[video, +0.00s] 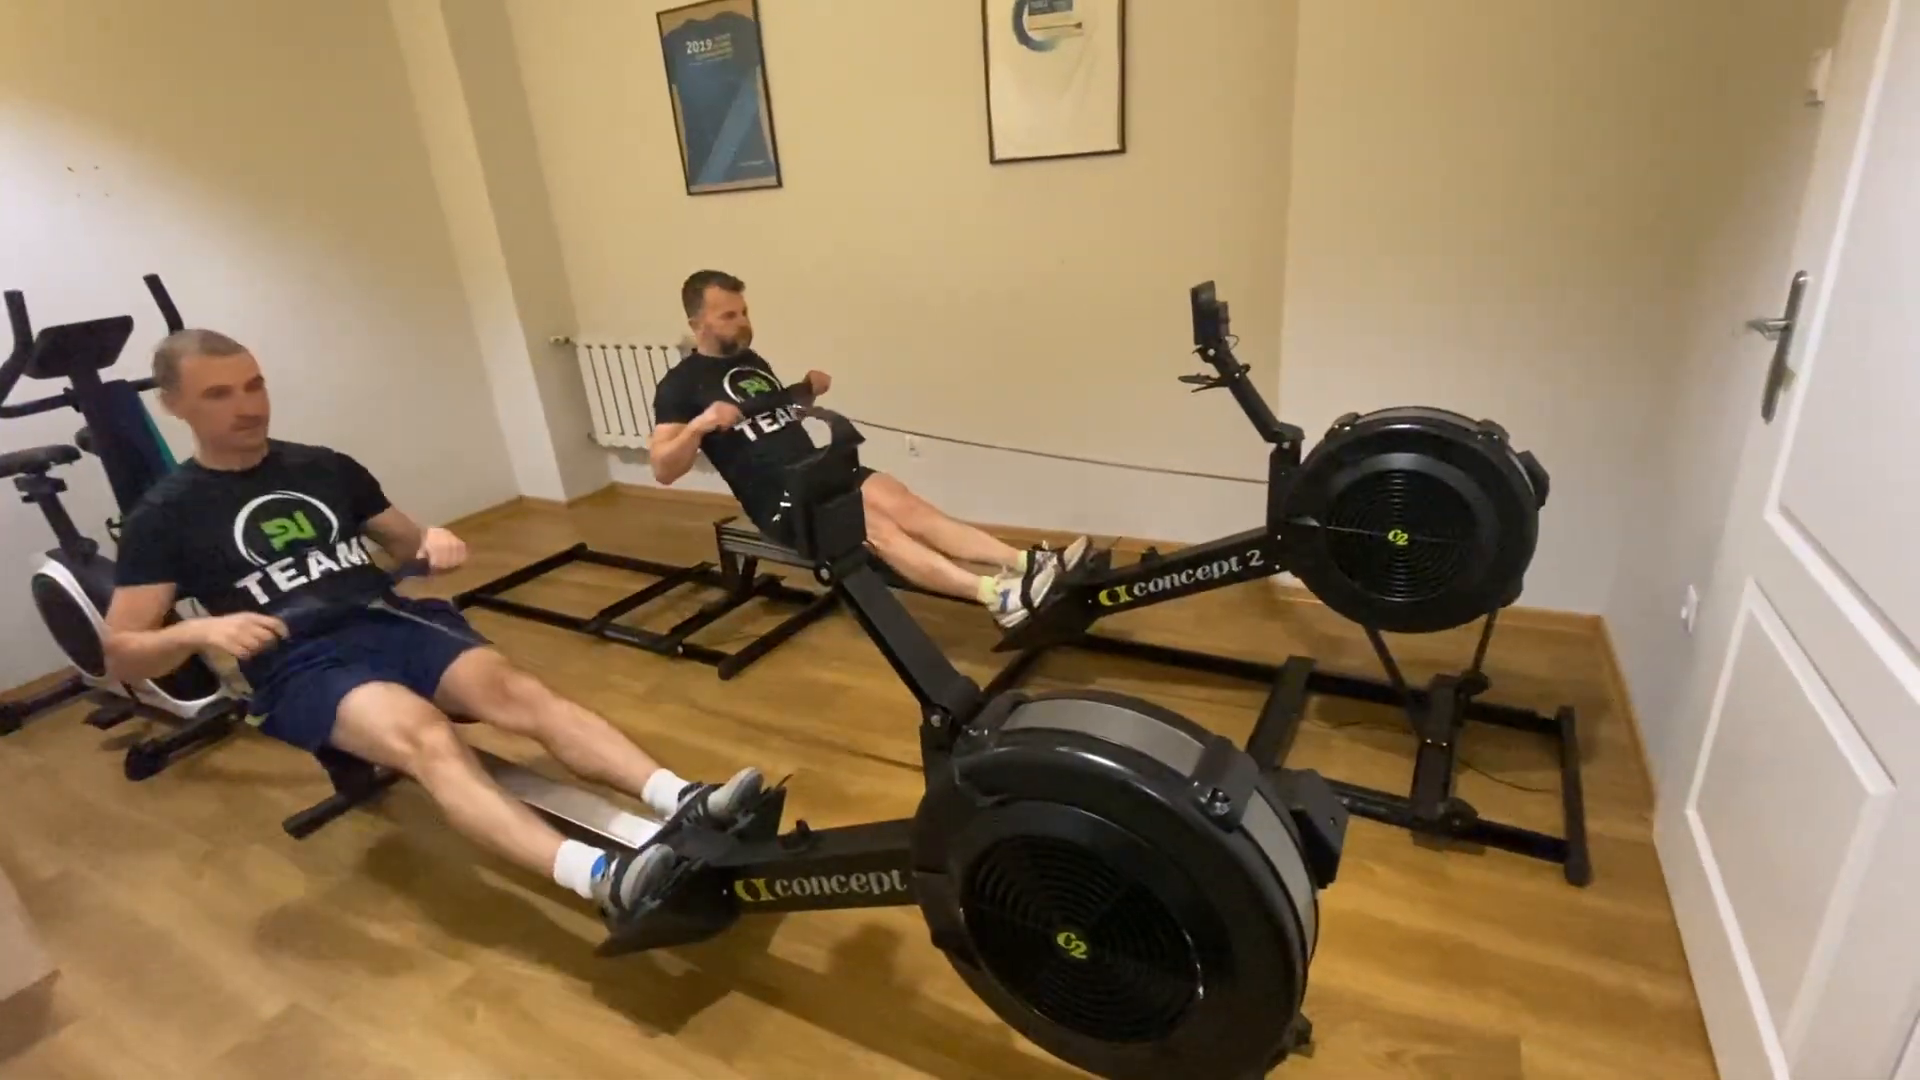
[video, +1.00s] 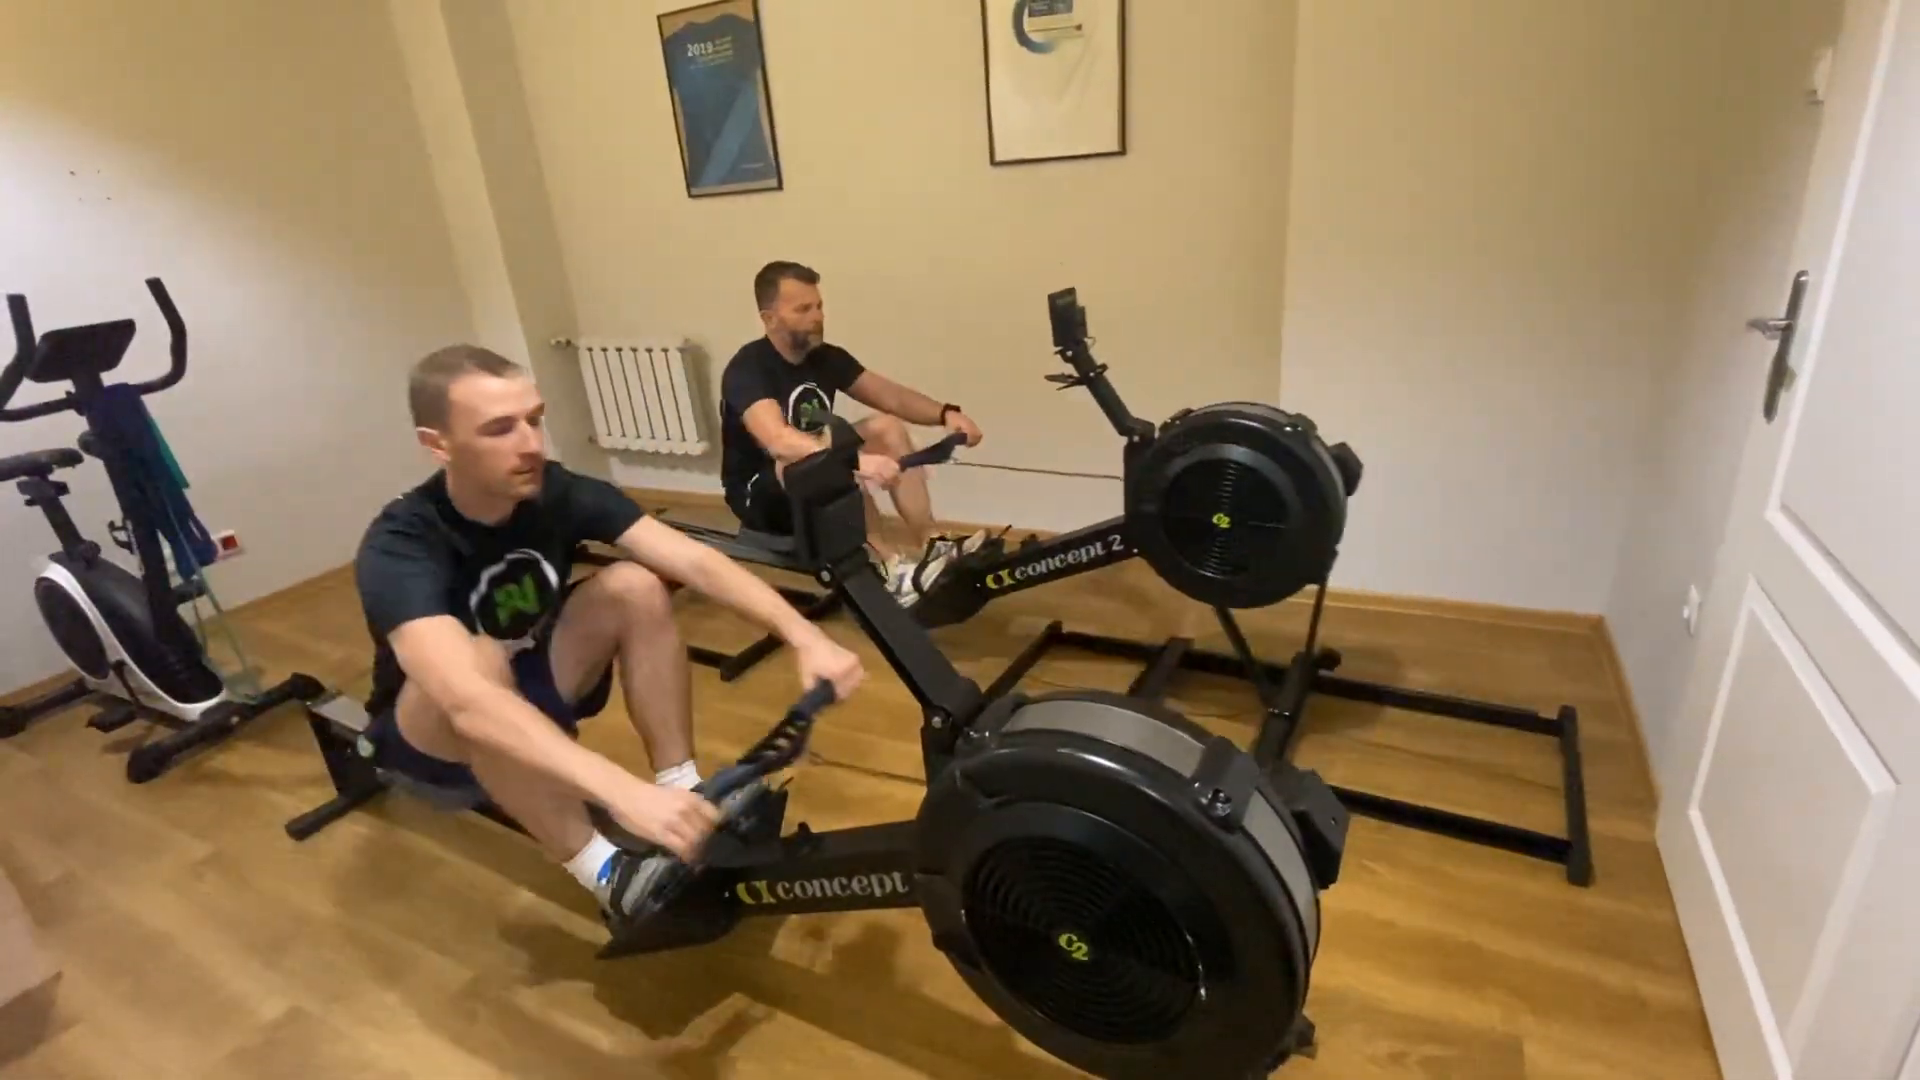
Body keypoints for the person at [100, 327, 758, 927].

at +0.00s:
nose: (247, 408)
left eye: (253, 387)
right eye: (220, 398)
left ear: (265, 382)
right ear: (177, 414)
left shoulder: (321, 467)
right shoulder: (164, 516)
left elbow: (409, 541)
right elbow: (122, 649)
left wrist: (432, 542)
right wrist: (198, 631)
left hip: (385, 619)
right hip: (296, 661)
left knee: (513, 688)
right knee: (426, 737)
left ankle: (686, 802)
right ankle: (607, 880)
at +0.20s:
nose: (280, 398)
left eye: (286, 377)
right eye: (253, 386)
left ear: (298, 371)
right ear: (206, 399)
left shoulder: (345, 458)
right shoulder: (186, 505)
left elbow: (455, 533)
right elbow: (168, 647)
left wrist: (502, 558)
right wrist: (284, 672)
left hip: (404, 633)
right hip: (310, 672)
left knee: (526, 674)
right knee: (429, 718)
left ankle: (683, 804)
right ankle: (599, 880)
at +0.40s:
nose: (327, 401)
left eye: (331, 379)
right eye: (298, 386)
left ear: (342, 376)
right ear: (244, 398)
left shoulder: (379, 457)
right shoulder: (224, 505)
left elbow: (496, 526)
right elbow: (229, 645)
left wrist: (564, 568)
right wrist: (345, 693)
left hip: (421, 624)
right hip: (332, 666)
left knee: (544, 641)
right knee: (432, 713)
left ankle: (682, 804)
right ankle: (599, 876)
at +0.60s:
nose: (392, 412)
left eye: (398, 389)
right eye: (363, 398)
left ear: (407, 385)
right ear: (306, 410)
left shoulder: (433, 465)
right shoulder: (277, 513)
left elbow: (556, 530)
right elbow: (297, 655)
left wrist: (639, 592)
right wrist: (436, 728)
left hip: (452, 641)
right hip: (354, 676)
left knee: (565, 612)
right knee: (432, 672)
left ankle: (683, 802)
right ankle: (601, 878)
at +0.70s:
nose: (426, 418)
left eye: (431, 395)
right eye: (397, 405)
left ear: (441, 390)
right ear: (339, 417)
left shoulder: (466, 471)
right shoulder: (305, 521)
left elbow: (591, 540)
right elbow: (343, 667)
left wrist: (683, 607)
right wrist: (485, 742)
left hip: (471, 655)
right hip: (375, 695)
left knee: (586, 598)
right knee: (434, 664)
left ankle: (683, 801)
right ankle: (604, 878)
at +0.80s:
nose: (468, 429)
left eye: (472, 405)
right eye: (438, 415)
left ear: (482, 398)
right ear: (377, 427)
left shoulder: (502, 478)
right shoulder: (341, 529)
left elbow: (632, 548)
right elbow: (393, 684)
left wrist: (731, 619)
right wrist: (542, 764)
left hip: (494, 663)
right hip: (393, 708)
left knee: (607, 591)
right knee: (449, 663)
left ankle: (686, 801)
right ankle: (606, 880)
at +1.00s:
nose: (530, 445)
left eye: (534, 420)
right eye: (500, 429)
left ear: (542, 416)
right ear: (438, 444)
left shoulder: (560, 494)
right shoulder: (402, 546)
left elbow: (693, 561)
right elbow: (465, 702)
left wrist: (805, 636)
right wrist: (622, 791)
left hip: (527, 686)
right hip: (431, 732)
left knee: (637, 591)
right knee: (472, 660)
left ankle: (683, 801)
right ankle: (607, 877)